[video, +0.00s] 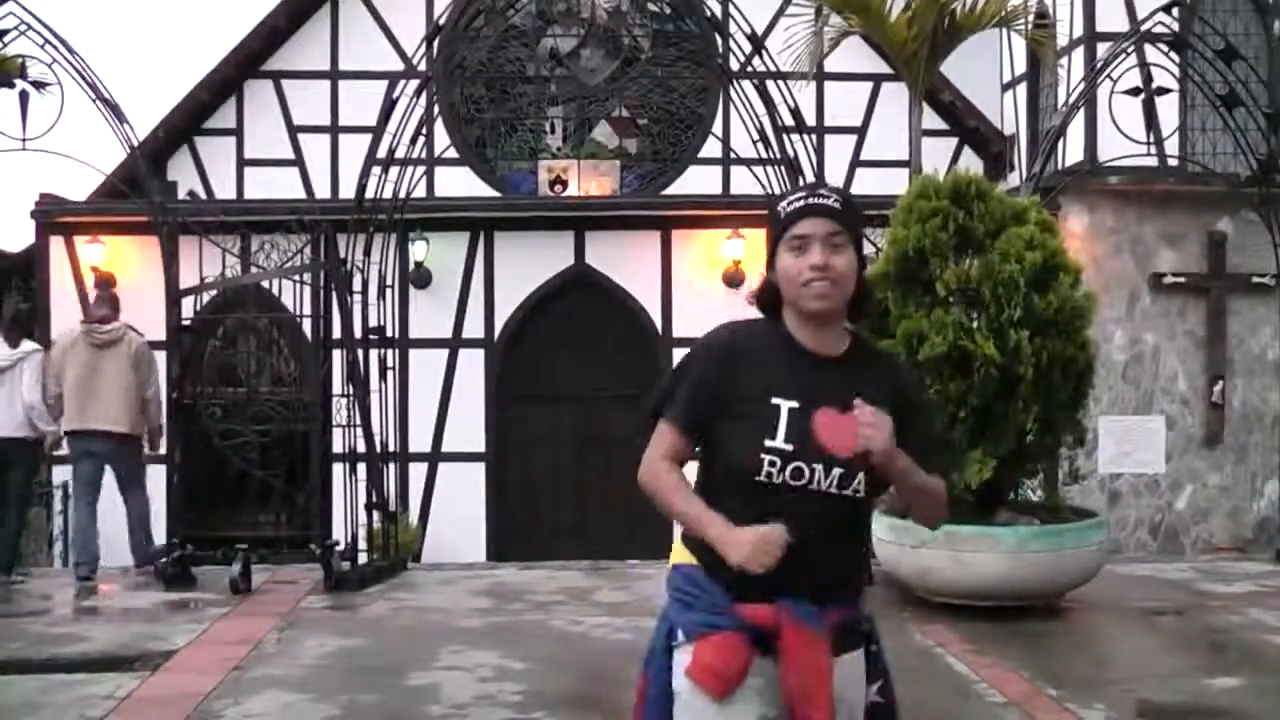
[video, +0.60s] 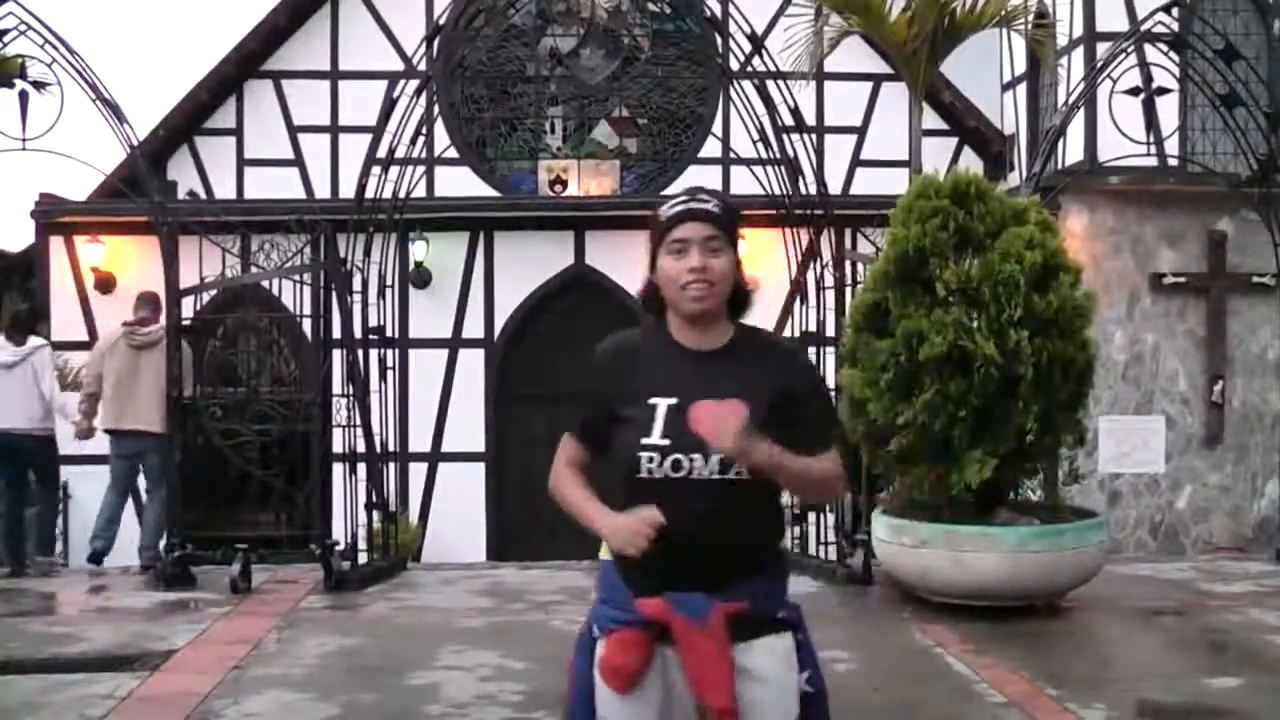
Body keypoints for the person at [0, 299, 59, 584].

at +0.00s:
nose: (32, 330)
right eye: (31, 325)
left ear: (5, 325)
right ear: (27, 326)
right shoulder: (32, 354)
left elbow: (32, 399)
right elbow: (32, 399)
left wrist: (49, 428)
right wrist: (50, 429)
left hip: (8, 437)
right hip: (19, 438)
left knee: (13, 506)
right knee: (14, 506)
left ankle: (9, 566)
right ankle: (7, 568)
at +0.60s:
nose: (38, 328)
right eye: (36, 324)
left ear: (9, 323)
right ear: (32, 325)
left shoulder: (2, 347)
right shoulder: (40, 349)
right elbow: (51, 393)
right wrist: (76, 417)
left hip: (6, 432)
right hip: (37, 434)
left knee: (12, 496)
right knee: (49, 491)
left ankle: (14, 561)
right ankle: (44, 553)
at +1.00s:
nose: (68, 347)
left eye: (69, 342)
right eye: (67, 342)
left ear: (40, 339)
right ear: (59, 341)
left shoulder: (19, 365)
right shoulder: (60, 367)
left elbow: (5, 404)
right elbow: (62, 409)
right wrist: (89, 428)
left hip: (24, 445)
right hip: (55, 447)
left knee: (36, 505)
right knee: (58, 507)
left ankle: (21, 555)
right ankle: (55, 563)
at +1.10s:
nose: (75, 349)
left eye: (75, 344)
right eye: (74, 344)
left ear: (49, 342)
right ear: (66, 345)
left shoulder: (25, 366)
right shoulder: (65, 369)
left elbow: (8, 407)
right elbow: (66, 412)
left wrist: (3, 429)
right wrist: (87, 434)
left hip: (28, 447)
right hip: (59, 449)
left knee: (41, 504)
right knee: (61, 508)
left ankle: (24, 553)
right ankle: (56, 564)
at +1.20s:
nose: (81, 352)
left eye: (81, 347)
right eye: (79, 347)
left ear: (54, 344)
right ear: (71, 346)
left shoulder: (31, 365)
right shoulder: (71, 369)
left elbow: (14, 407)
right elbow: (71, 412)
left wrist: (3, 434)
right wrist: (93, 439)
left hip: (34, 449)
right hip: (63, 451)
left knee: (48, 509)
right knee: (64, 511)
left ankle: (41, 561)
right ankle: (54, 565)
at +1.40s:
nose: (88, 359)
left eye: (88, 355)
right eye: (86, 355)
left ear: (60, 350)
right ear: (79, 353)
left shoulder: (37, 371)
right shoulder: (78, 374)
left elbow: (19, 411)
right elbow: (75, 416)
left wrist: (9, 437)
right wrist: (95, 442)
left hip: (40, 453)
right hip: (69, 455)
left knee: (53, 511)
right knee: (70, 513)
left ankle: (56, 566)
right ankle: (58, 565)